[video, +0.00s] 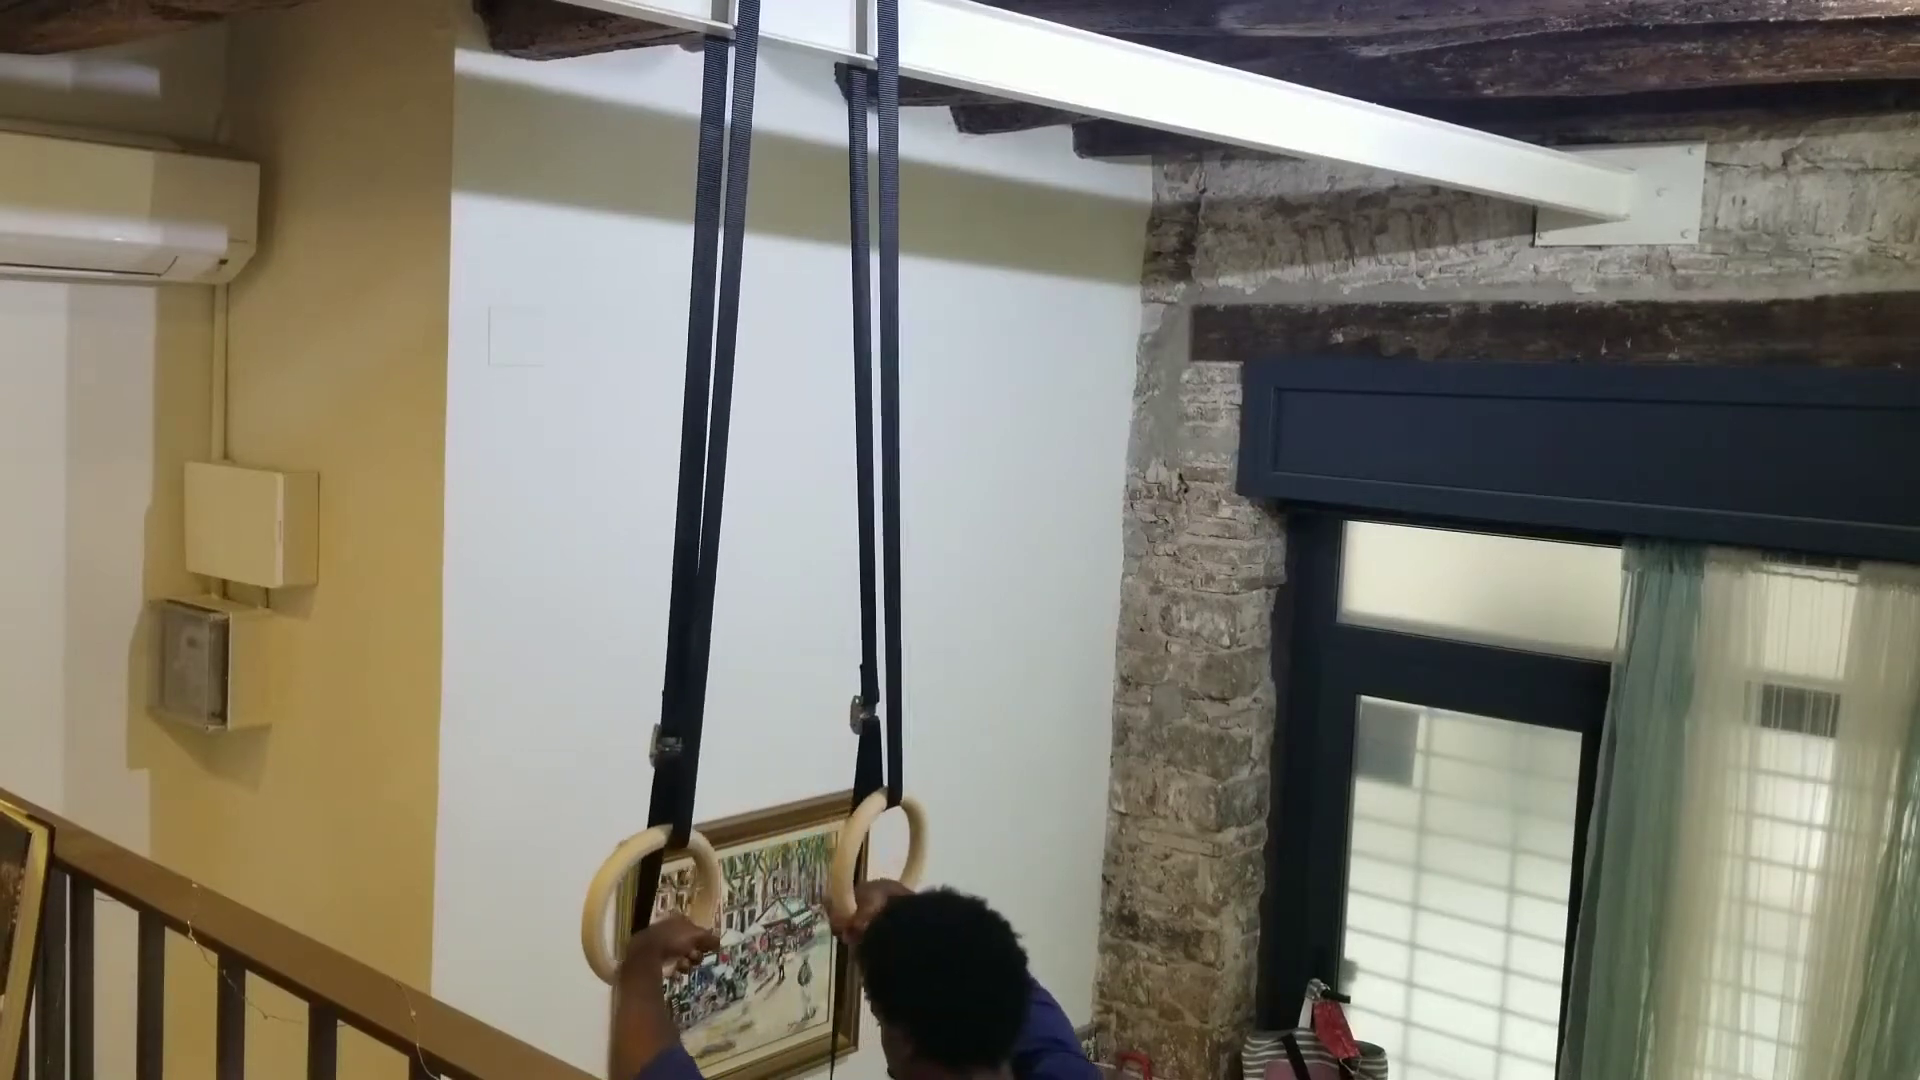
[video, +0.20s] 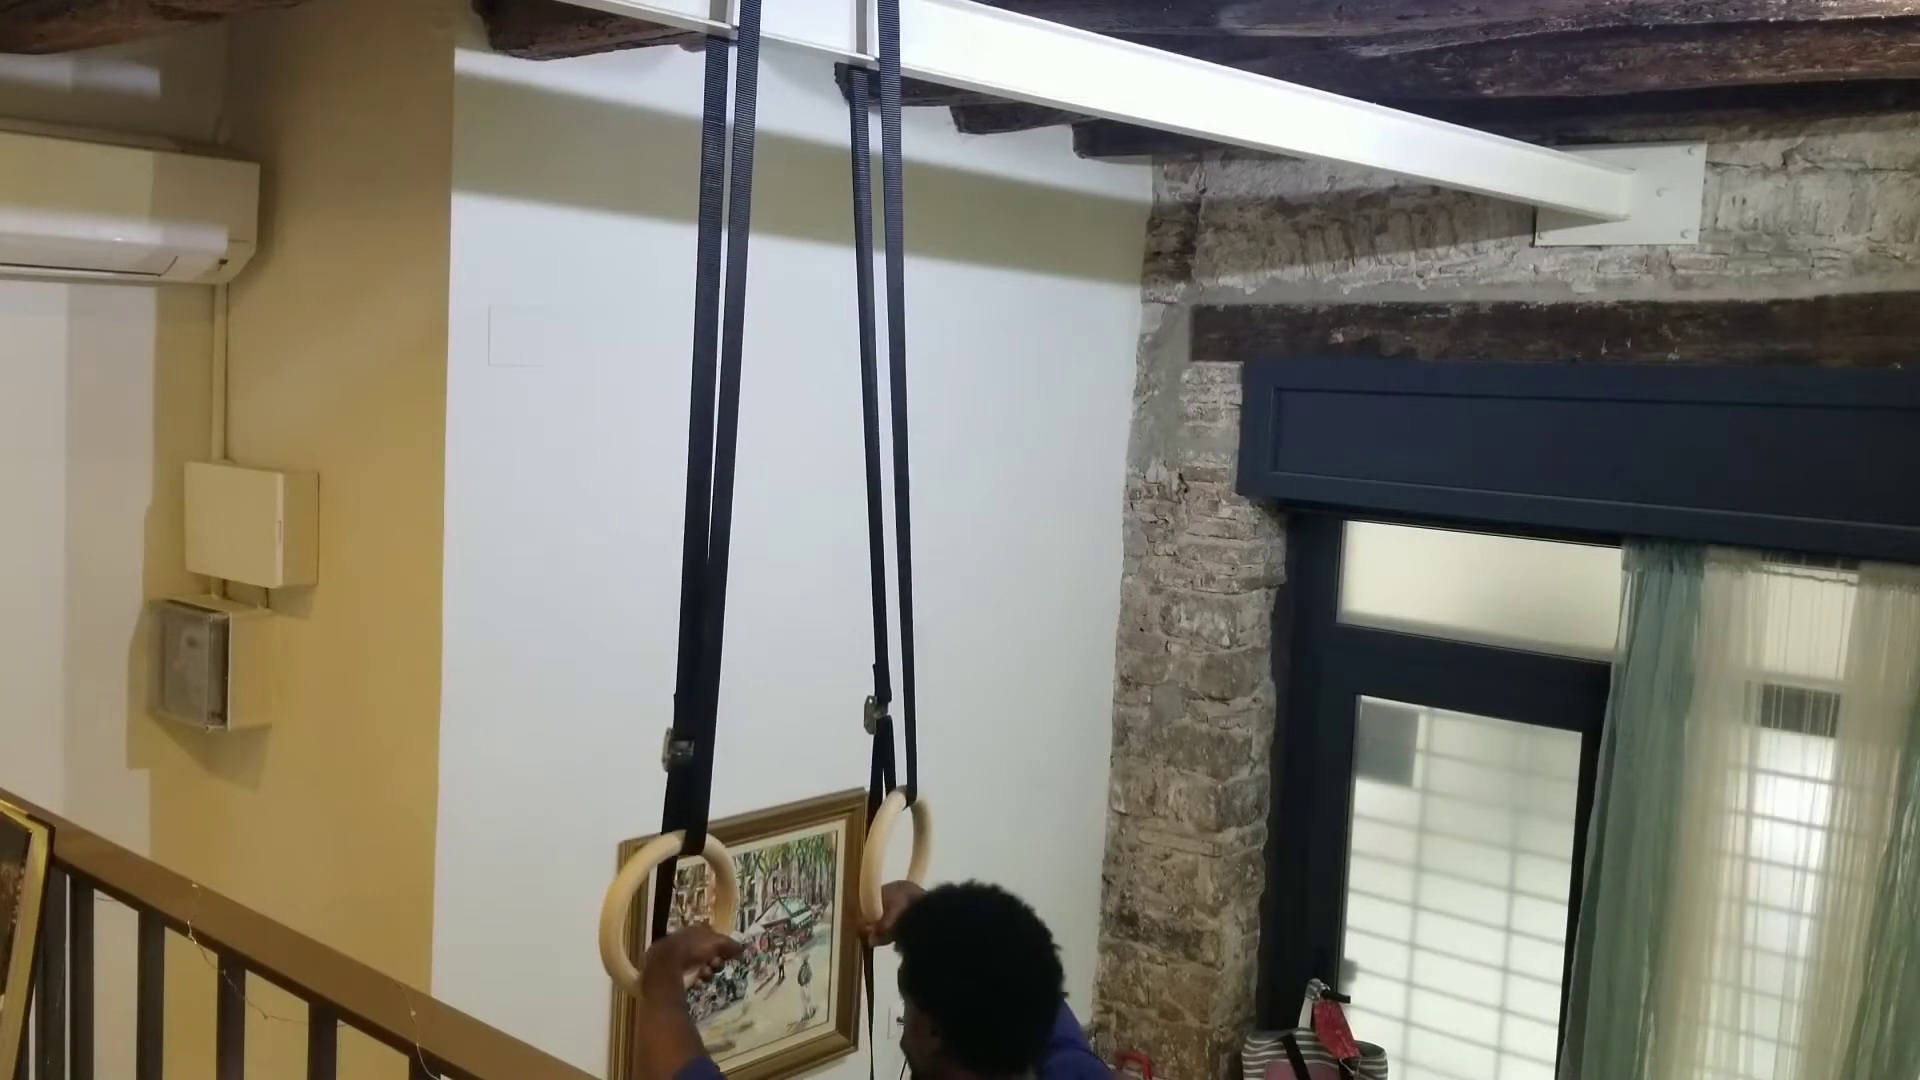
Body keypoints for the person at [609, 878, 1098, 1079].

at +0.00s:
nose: (872, 1017)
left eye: (875, 1007)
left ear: (893, 1026)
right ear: (1009, 990)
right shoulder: (1057, 1068)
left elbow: (654, 1064)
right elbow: (1013, 985)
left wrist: (641, 965)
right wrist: (911, 923)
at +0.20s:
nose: (901, 1017)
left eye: (906, 1006)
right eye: (905, 1002)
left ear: (931, 1034)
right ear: (1042, 994)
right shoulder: (1075, 1070)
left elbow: (686, 1070)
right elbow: (1033, 988)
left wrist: (660, 982)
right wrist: (926, 914)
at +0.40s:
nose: (909, 1004)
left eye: (916, 991)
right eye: (918, 988)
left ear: (942, 1030)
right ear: (1048, 1003)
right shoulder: (1076, 1068)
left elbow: (688, 1069)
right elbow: (1015, 983)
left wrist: (665, 974)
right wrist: (910, 901)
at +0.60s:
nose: (907, 993)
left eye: (917, 987)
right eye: (918, 981)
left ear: (943, 1031)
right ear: (1036, 1017)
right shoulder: (1061, 1070)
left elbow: (672, 1070)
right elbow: (998, 997)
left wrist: (655, 971)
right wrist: (892, 901)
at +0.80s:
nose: (901, 982)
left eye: (910, 980)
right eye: (913, 972)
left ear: (930, 1030)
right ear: (1025, 1021)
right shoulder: (1046, 1069)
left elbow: (648, 1060)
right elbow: (984, 998)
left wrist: (640, 964)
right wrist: (875, 898)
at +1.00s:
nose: (888, 987)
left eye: (896, 986)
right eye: (898, 979)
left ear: (908, 1040)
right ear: (1012, 1023)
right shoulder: (1027, 1069)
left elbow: (621, 1062)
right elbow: (973, 996)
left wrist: (619, 964)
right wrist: (865, 900)